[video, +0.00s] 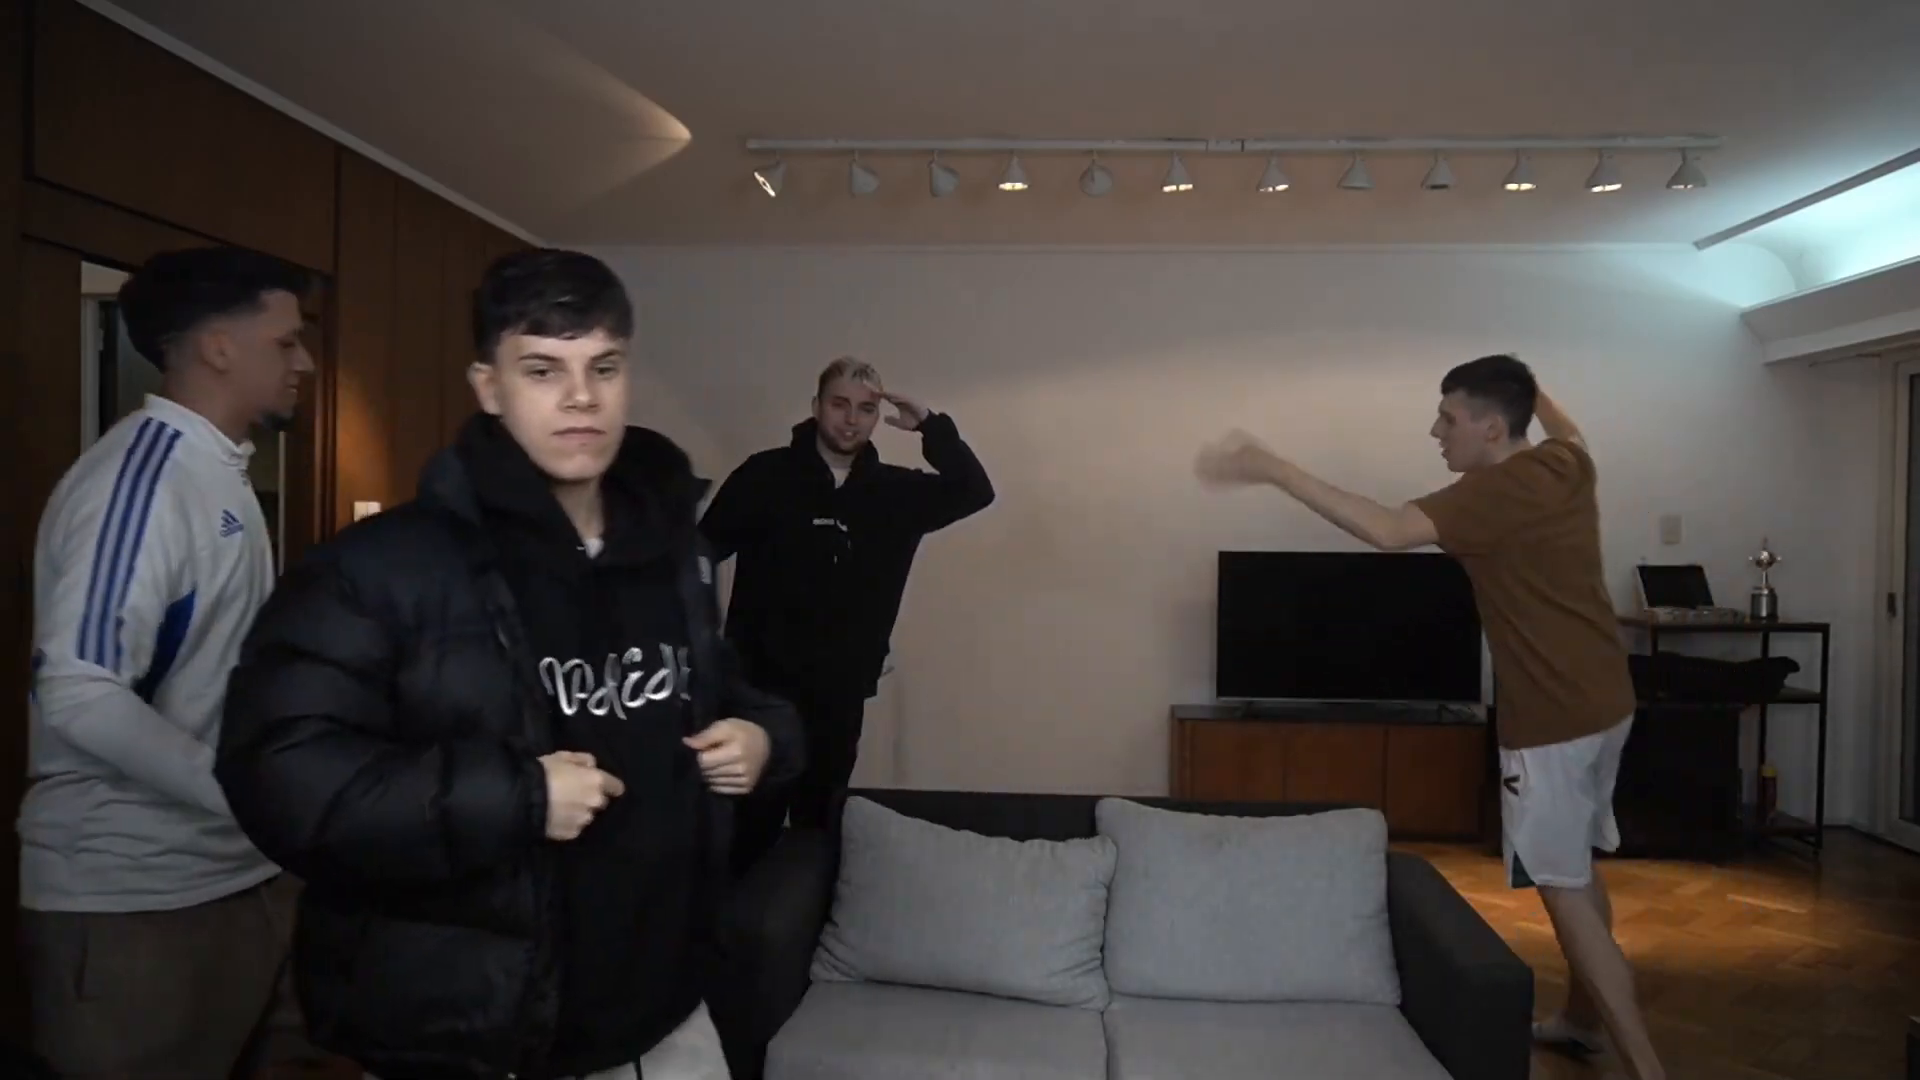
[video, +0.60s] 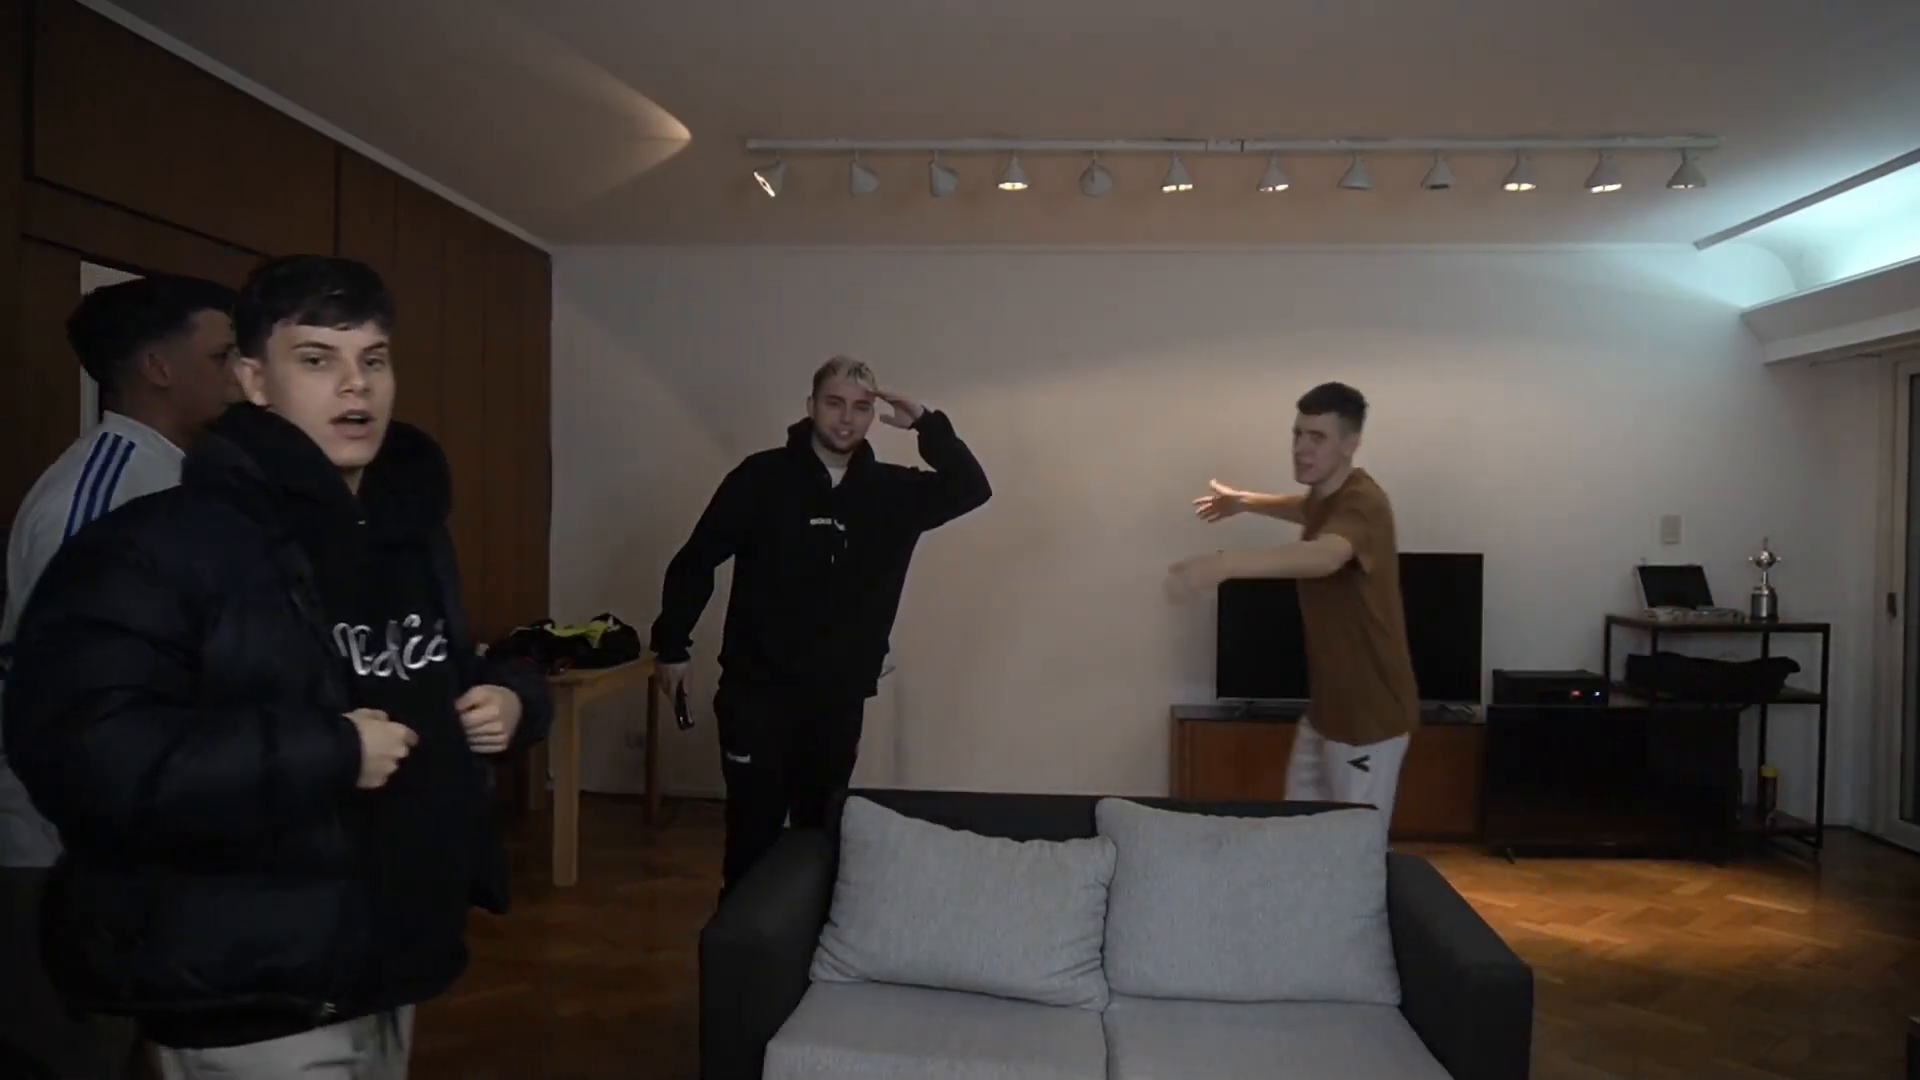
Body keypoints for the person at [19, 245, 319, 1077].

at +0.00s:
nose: (305, 366)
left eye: (301, 344)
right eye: (286, 343)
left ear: (219, 350)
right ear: (217, 348)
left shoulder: (214, 470)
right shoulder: (142, 473)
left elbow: (209, 679)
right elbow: (79, 693)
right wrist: (257, 796)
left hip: (221, 889)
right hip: (135, 908)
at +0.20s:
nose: (253, 354)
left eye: (251, 332)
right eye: (230, 332)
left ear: (162, 344)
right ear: (153, 340)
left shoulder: (180, 463)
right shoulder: (101, 464)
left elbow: (172, 658)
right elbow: (33, 679)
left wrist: (241, 777)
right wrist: (194, 806)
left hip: (158, 884)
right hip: (91, 897)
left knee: (161, 1062)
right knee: (90, 1066)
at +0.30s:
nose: (238, 355)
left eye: (237, 334)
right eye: (215, 334)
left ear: (152, 347)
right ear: (141, 344)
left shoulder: (181, 472)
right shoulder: (87, 472)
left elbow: (182, 669)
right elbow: (54, 690)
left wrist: (204, 839)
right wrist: (142, 873)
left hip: (149, 873)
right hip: (72, 892)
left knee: (163, 1060)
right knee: (88, 1065)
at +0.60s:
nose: (240, 371)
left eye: (236, 353)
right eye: (222, 353)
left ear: (157, 370)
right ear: (157, 368)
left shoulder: (150, 471)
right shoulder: (116, 482)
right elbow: (76, 680)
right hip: (77, 856)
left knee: (99, 1051)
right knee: (84, 1054)